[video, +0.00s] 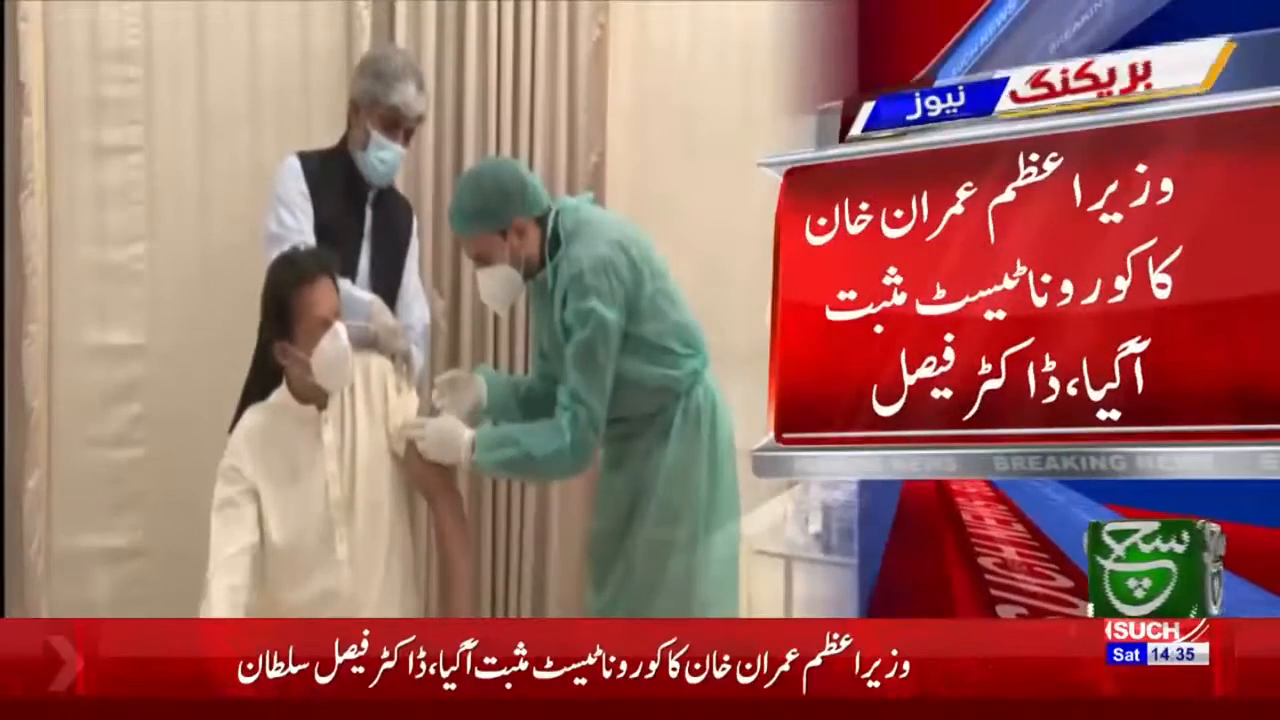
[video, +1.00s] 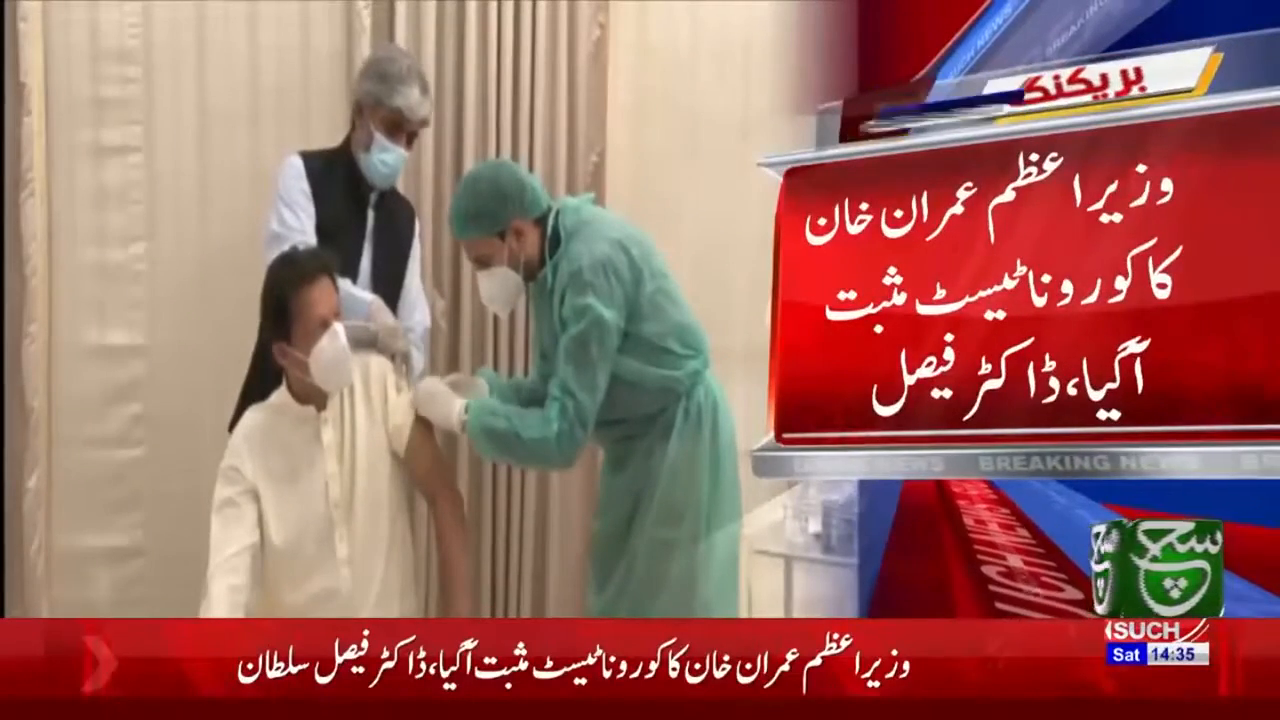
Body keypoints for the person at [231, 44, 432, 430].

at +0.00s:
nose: (398, 146)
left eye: (409, 134)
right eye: (389, 128)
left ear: (417, 132)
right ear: (356, 114)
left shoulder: (401, 214)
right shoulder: (301, 172)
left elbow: (413, 311)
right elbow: (293, 271)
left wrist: (407, 396)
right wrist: (371, 311)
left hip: (370, 383)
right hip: (296, 374)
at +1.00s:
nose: (401, 148)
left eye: (412, 137)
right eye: (392, 131)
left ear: (421, 135)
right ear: (361, 115)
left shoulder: (403, 215)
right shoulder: (303, 172)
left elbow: (414, 315)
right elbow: (293, 268)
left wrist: (404, 387)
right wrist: (370, 309)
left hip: (370, 387)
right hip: (296, 376)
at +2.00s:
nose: (402, 151)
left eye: (414, 139)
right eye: (393, 132)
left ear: (423, 137)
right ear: (363, 116)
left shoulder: (407, 216)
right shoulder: (306, 171)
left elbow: (418, 318)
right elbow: (292, 266)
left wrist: (409, 393)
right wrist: (369, 309)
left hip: (371, 388)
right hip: (297, 377)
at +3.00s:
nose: (406, 152)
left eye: (419, 142)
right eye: (398, 133)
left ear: (429, 143)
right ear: (370, 115)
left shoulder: (411, 218)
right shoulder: (313, 172)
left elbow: (424, 316)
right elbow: (294, 269)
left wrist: (417, 392)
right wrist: (372, 311)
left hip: (372, 390)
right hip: (298, 376)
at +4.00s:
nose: (350, 78)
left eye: (363, 60)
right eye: (334, 58)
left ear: (376, 58)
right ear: (298, 50)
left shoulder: (378, 166)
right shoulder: (242, 126)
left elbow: (391, 292)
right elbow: (232, 252)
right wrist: (334, 303)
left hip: (340, 391)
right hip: (242, 378)